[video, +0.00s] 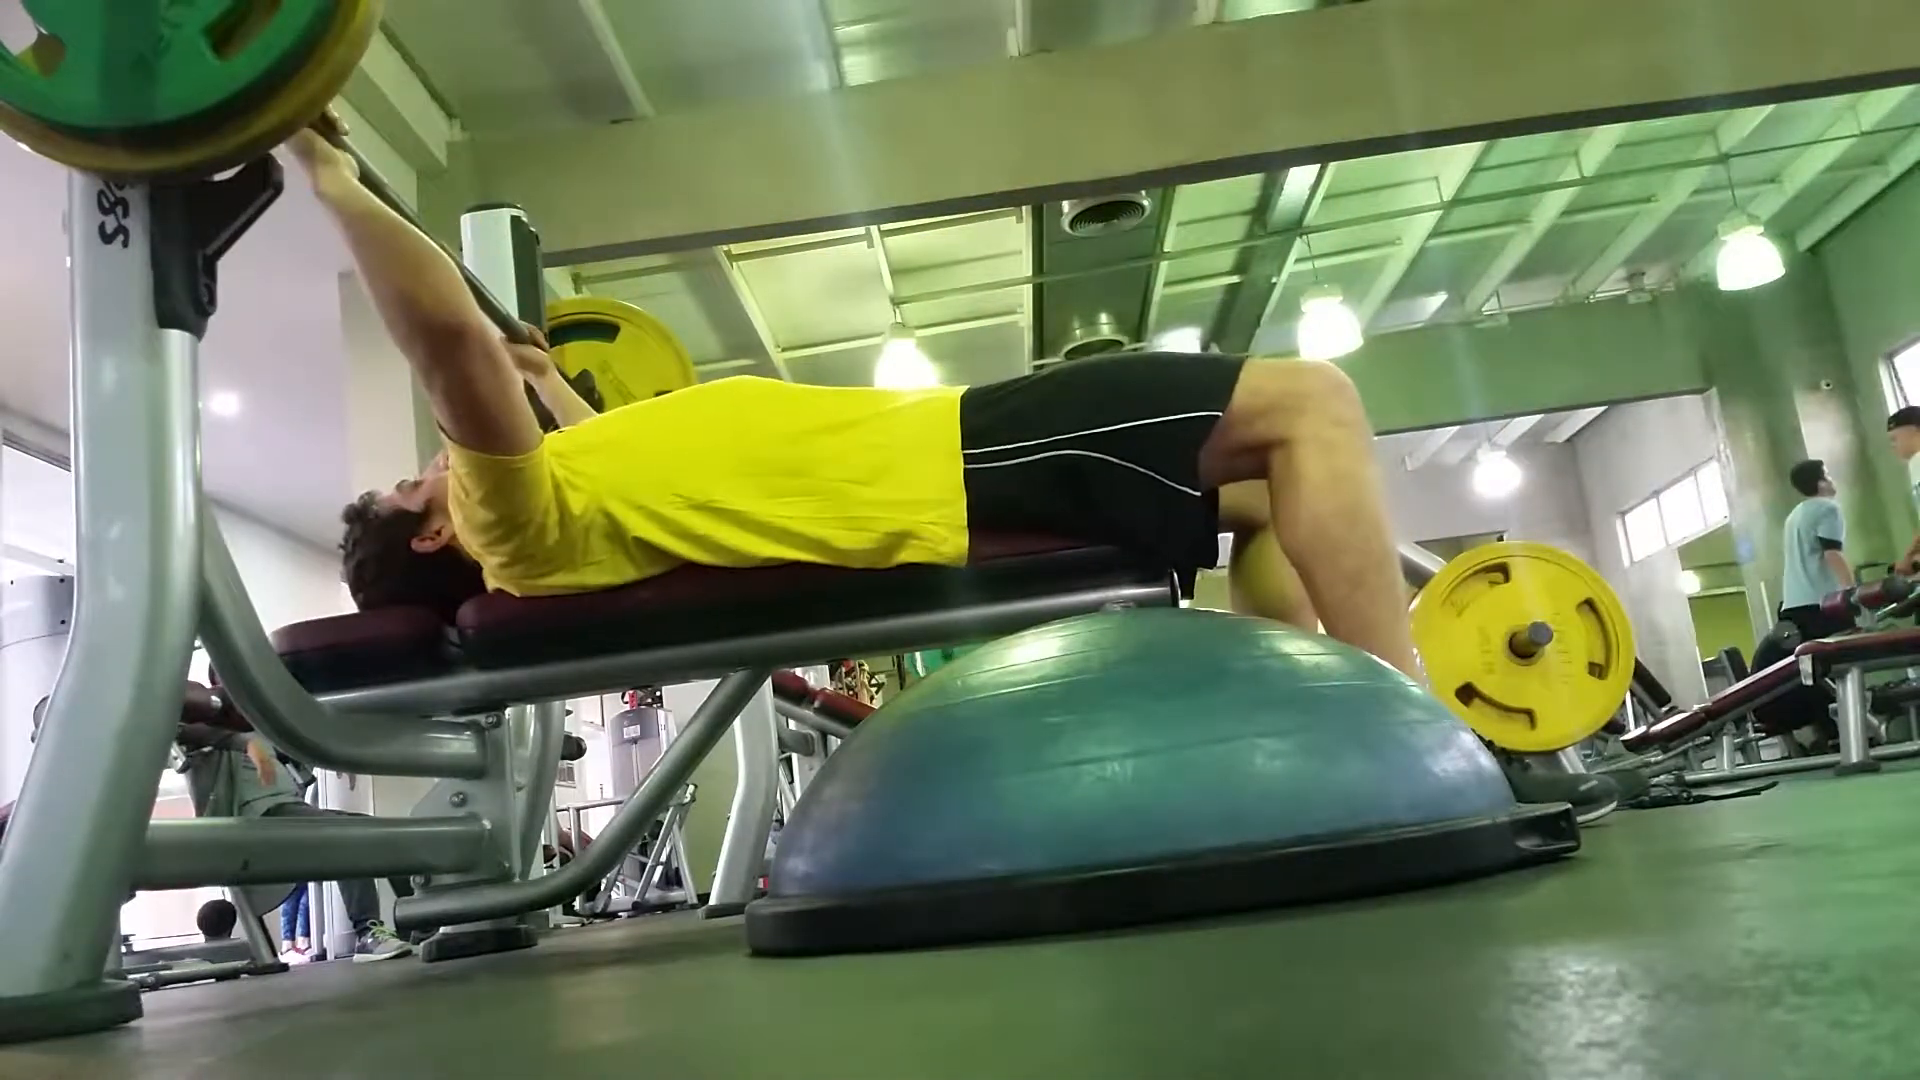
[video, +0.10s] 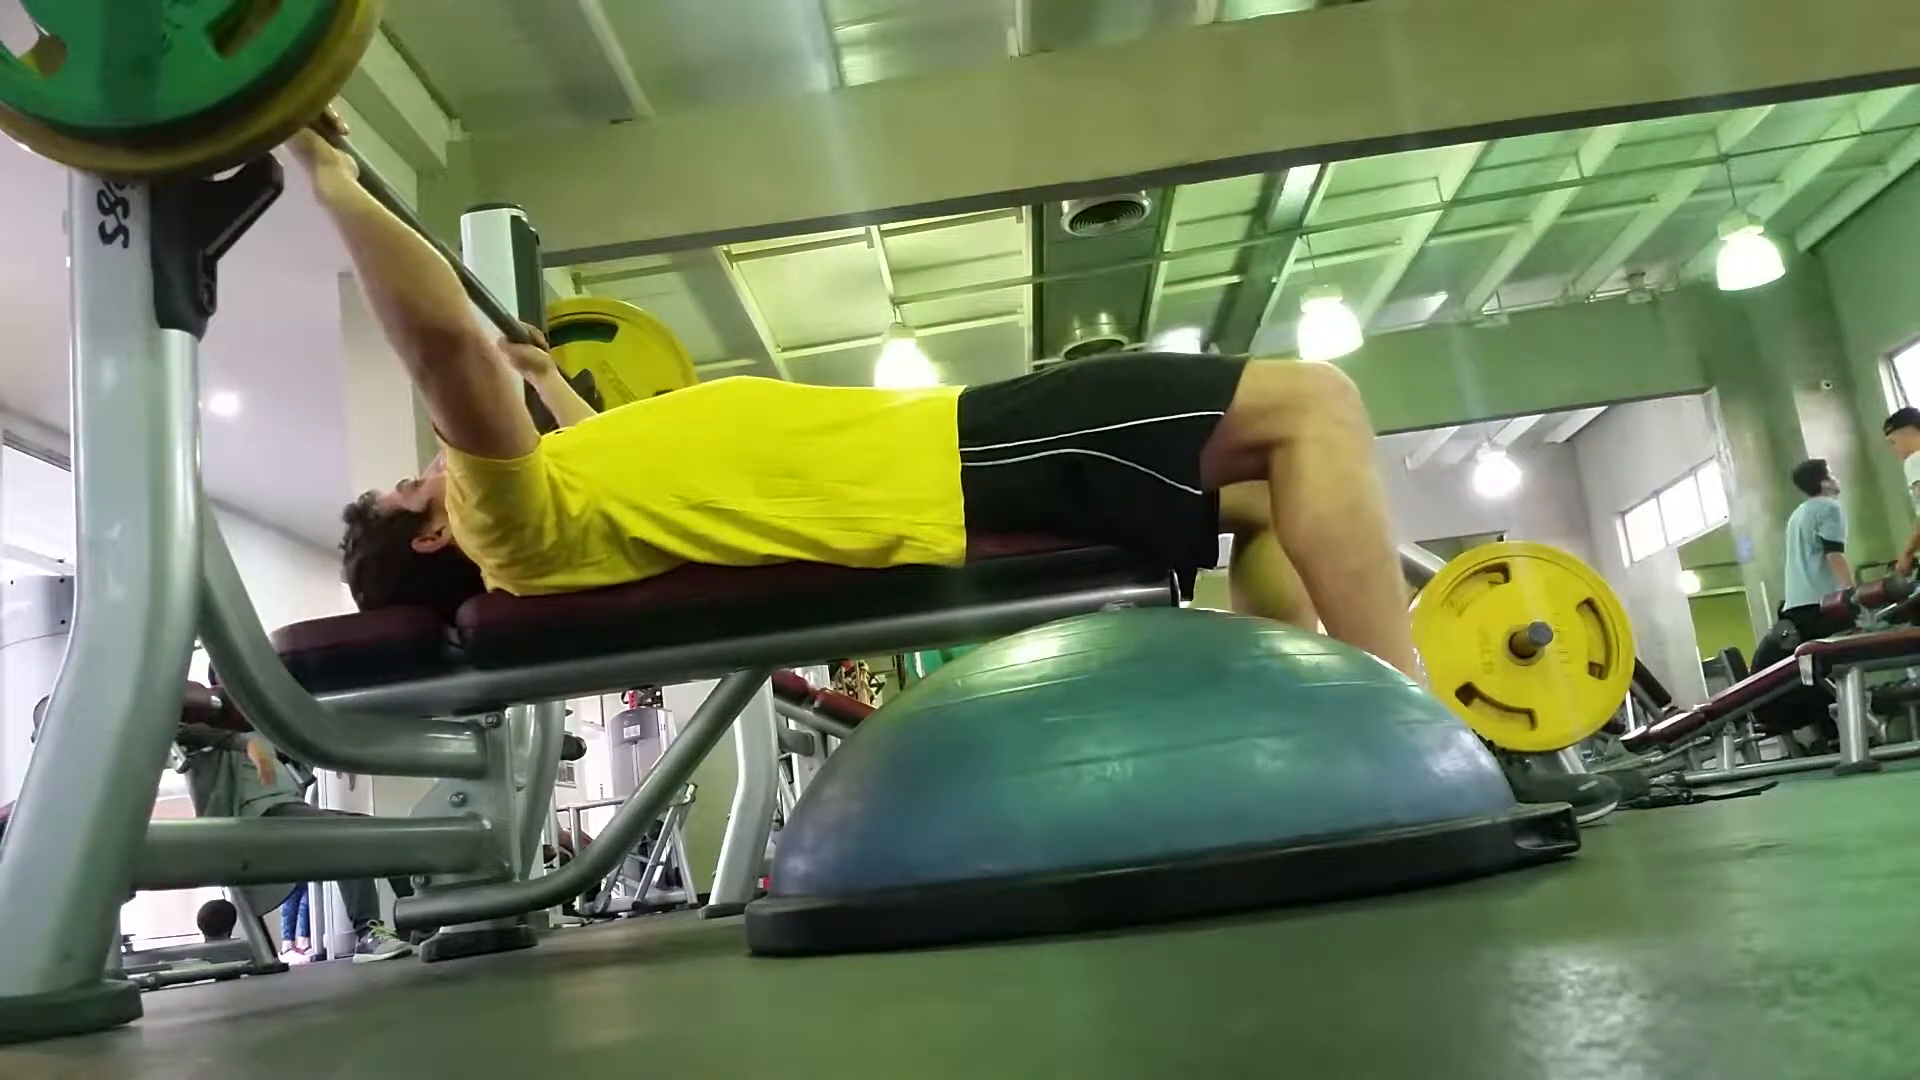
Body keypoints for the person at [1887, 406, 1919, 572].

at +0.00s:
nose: (1893, 447)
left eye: (1895, 438)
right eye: (1891, 440)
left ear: (1915, 431)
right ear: (1914, 431)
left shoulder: (1915, 464)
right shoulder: (1913, 465)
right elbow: (1917, 526)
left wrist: (1909, 557)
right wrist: (1910, 557)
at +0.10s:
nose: (1893, 450)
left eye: (1894, 442)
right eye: (1891, 444)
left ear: (1910, 432)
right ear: (1913, 431)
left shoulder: (1913, 463)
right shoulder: (1913, 464)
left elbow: (1918, 516)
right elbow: (1917, 517)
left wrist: (1908, 552)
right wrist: (1908, 552)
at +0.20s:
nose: (1895, 452)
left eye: (1893, 444)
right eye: (1892, 446)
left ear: (1905, 435)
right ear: (1913, 431)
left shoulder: (1911, 461)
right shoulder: (1911, 463)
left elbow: (1916, 515)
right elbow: (1916, 515)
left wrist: (1907, 553)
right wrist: (1907, 553)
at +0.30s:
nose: (1895, 455)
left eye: (1893, 446)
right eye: (1891, 448)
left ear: (1903, 436)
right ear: (1914, 433)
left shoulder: (1909, 462)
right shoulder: (1909, 463)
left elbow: (1915, 514)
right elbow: (1914, 514)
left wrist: (1906, 556)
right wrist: (1907, 556)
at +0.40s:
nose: (1894, 456)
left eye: (1893, 447)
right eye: (1891, 449)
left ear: (1904, 436)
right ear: (1912, 433)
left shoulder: (1908, 462)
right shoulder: (1908, 463)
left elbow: (1913, 516)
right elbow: (1912, 516)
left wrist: (1903, 556)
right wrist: (1904, 555)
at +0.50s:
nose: (1893, 453)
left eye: (1892, 445)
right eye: (1891, 447)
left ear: (1900, 436)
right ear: (1915, 431)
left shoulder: (1908, 462)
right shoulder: (1908, 462)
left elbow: (1913, 516)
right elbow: (1913, 516)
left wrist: (1901, 555)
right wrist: (1902, 555)